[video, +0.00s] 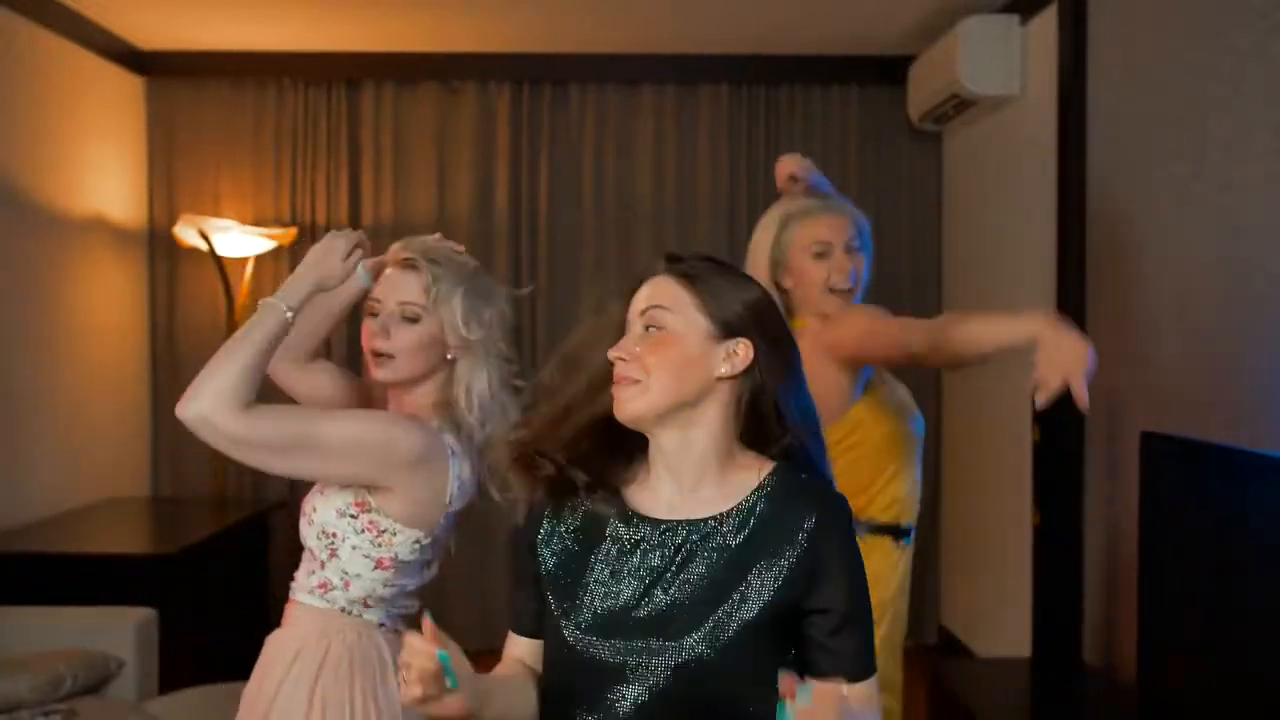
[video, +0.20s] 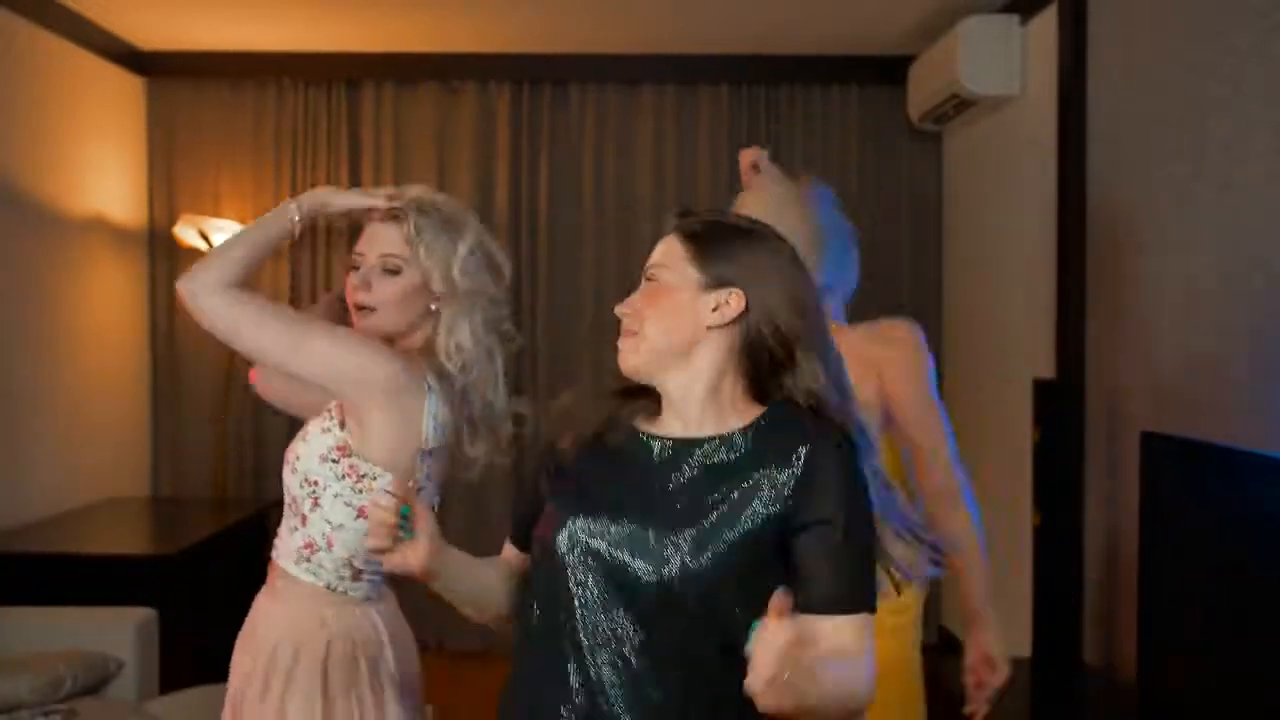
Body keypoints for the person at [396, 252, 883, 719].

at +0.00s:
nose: (617, 350)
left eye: (654, 327)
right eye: (625, 330)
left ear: (733, 357)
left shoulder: (806, 515)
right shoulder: (561, 506)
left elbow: (852, 698)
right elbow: (527, 675)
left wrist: (819, 704)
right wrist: (465, 691)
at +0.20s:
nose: (622, 307)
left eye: (652, 284)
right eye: (636, 285)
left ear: (724, 307)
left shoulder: (809, 461)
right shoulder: (589, 443)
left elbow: (847, 670)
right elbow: (511, 592)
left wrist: (789, 676)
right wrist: (436, 561)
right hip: (544, 706)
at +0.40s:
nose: (590, 334)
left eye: (617, 316)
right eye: (604, 313)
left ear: (682, 344)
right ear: (667, 344)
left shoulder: (772, 525)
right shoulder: (551, 497)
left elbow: (802, 711)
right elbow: (445, 674)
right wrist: (324, 583)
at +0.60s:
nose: (569, 308)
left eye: (599, 286)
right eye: (587, 285)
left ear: (667, 313)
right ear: (662, 313)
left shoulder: (761, 488)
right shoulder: (512, 441)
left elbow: (819, 661)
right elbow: (400, 609)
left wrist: (778, 714)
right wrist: (274, 491)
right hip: (490, 710)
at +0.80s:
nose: (567, 314)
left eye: (595, 297)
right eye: (581, 294)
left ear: (664, 324)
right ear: (652, 324)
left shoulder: (752, 515)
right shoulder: (511, 462)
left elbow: (772, 706)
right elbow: (409, 656)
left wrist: (850, 697)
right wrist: (291, 530)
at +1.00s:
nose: (551, 330)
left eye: (579, 311)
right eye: (565, 310)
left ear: (651, 341)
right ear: (633, 340)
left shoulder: (731, 518)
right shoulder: (499, 468)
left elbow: (787, 696)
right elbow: (369, 623)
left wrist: (869, 692)